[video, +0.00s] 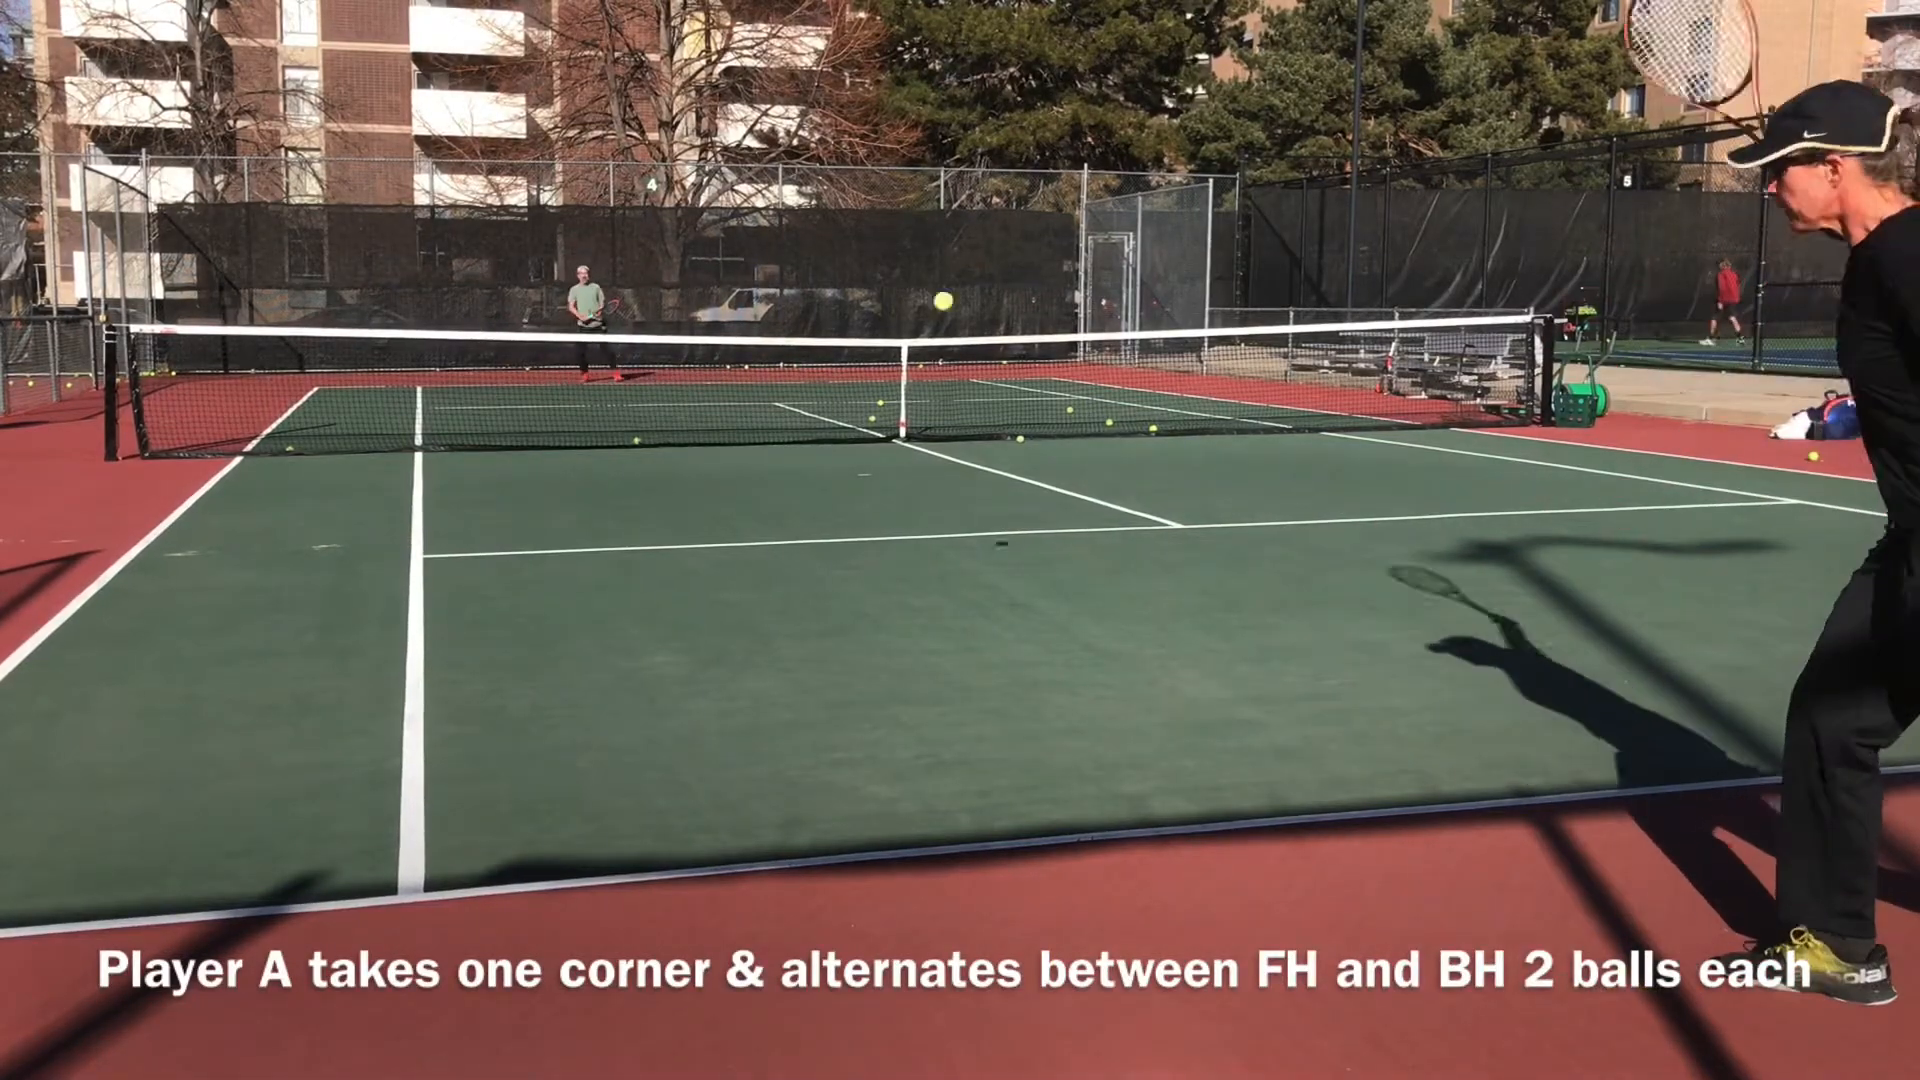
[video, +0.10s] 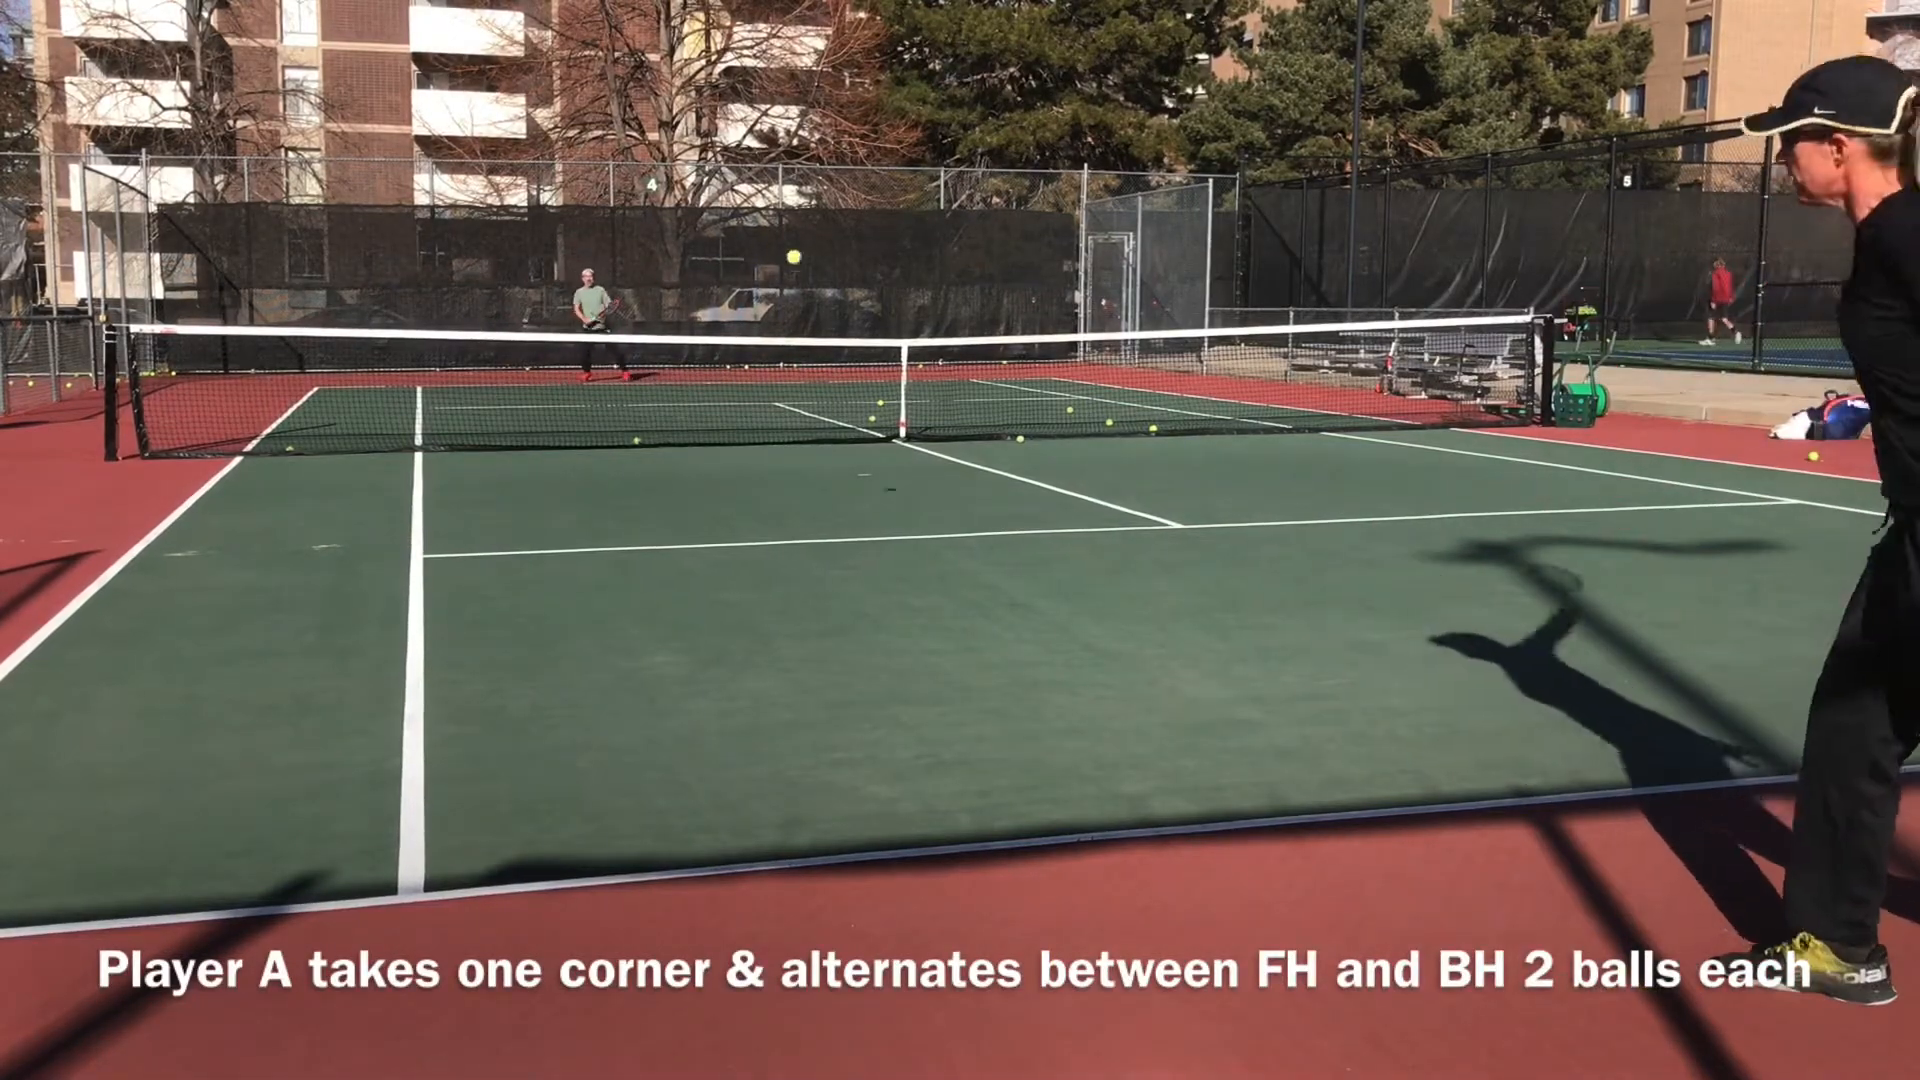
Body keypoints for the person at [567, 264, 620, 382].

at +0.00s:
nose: (584, 276)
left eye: (586, 273)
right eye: (581, 274)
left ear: (588, 274)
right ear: (578, 275)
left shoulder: (596, 287)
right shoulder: (574, 290)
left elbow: (601, 302)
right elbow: (571, 306)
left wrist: (598, 312)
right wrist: (580, 316)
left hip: (597, 324)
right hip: (583, 324)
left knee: (605, 347)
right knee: (581, 350)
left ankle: (615, 371)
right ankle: (584, 373)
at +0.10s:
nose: (588, 279)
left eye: (590, 276)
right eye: (586, 276)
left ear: (593, 277)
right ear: (582, 278)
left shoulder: (600, 290)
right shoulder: (579, 292)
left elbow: (608, 305)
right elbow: (576, 309)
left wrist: (604, 313)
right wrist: (584, 319)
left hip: (601, 325)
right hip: (587, 326)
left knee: (612, 348)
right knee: (585, 350)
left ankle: (625, 370)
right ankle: (586, 371)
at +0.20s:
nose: (591, 283)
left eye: (593, 281)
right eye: (589, 281)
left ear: (596, 282)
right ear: (585, 283)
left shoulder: (603, 295)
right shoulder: (583, 298)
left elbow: (611, 308)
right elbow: (582, 314)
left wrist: (606, 317)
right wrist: (587, 326)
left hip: (606, 328)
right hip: (592, 329)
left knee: (615, 349)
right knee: (585, 350)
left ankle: (625, 372)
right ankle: (587, 372)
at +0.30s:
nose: (591, 285)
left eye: (593, 283)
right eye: (588, 283)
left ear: (596, 284)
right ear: (585, 285)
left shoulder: (603, 296)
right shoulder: (583, 300)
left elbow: (610, 310)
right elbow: (584, 316)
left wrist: (603, 322)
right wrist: (587, 329)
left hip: (606, 328)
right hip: (592, 330)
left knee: (615, 349)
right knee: (585, 350)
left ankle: (625, 372)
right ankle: (589, 372)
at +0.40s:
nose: (587, 285)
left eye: (588, 282)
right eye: (584, 282)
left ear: (592, 284)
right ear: (581, 285)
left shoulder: (598, 296)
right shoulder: (580, 298)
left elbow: (601, 314)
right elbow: (580, 315)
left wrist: (588, 320)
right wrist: (579, 327)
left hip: (602, 329)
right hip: (587, 330)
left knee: (612, 350)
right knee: (584, 351)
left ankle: (624, 372)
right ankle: (589, 372)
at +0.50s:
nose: (580, 284)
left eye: (582, 281)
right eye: (578, 281)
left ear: (587, 282)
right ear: (576, 283)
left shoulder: (592, 294)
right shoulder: (578, 296)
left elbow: (591, 312)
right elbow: (577, 311)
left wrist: (579, 316)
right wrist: (570, 315)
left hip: (599, 326)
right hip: (587, 327)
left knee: (606, 349)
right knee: (582, 351)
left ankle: (617, 370)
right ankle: (589, 373)